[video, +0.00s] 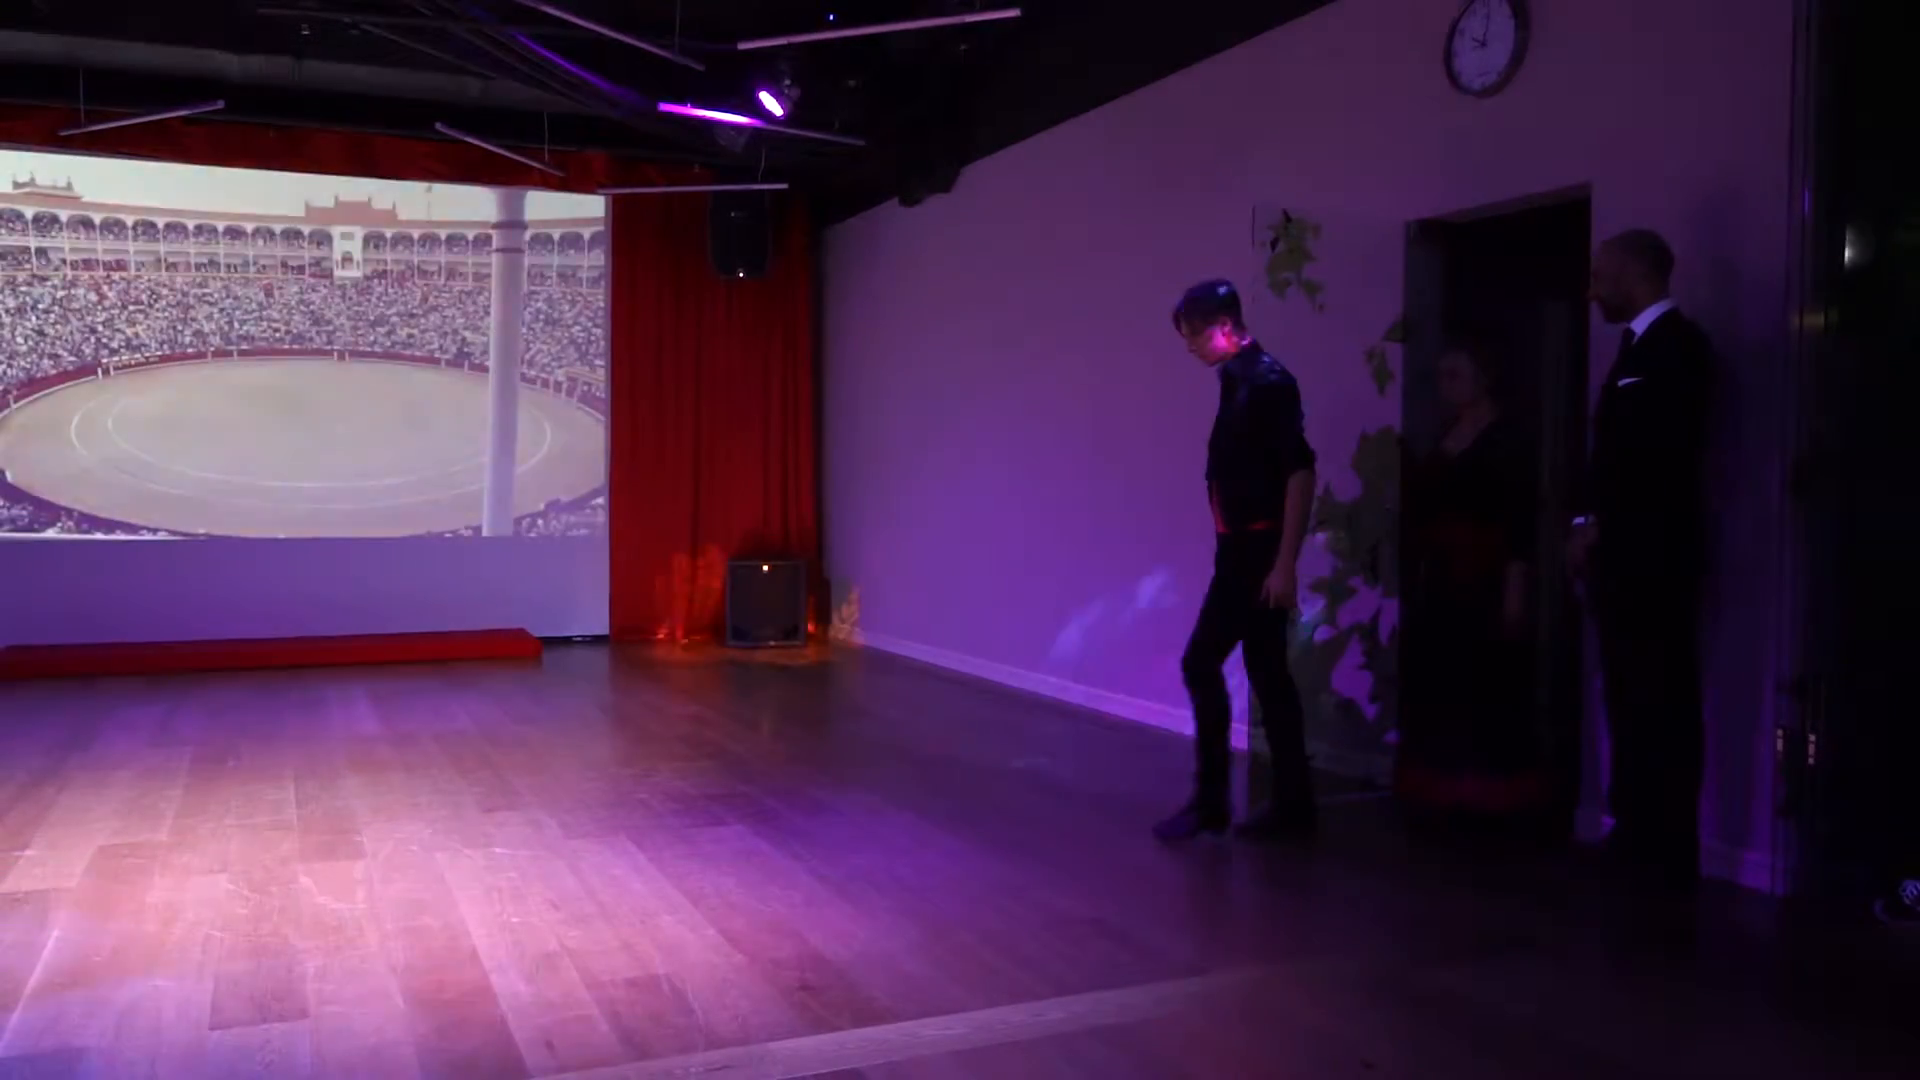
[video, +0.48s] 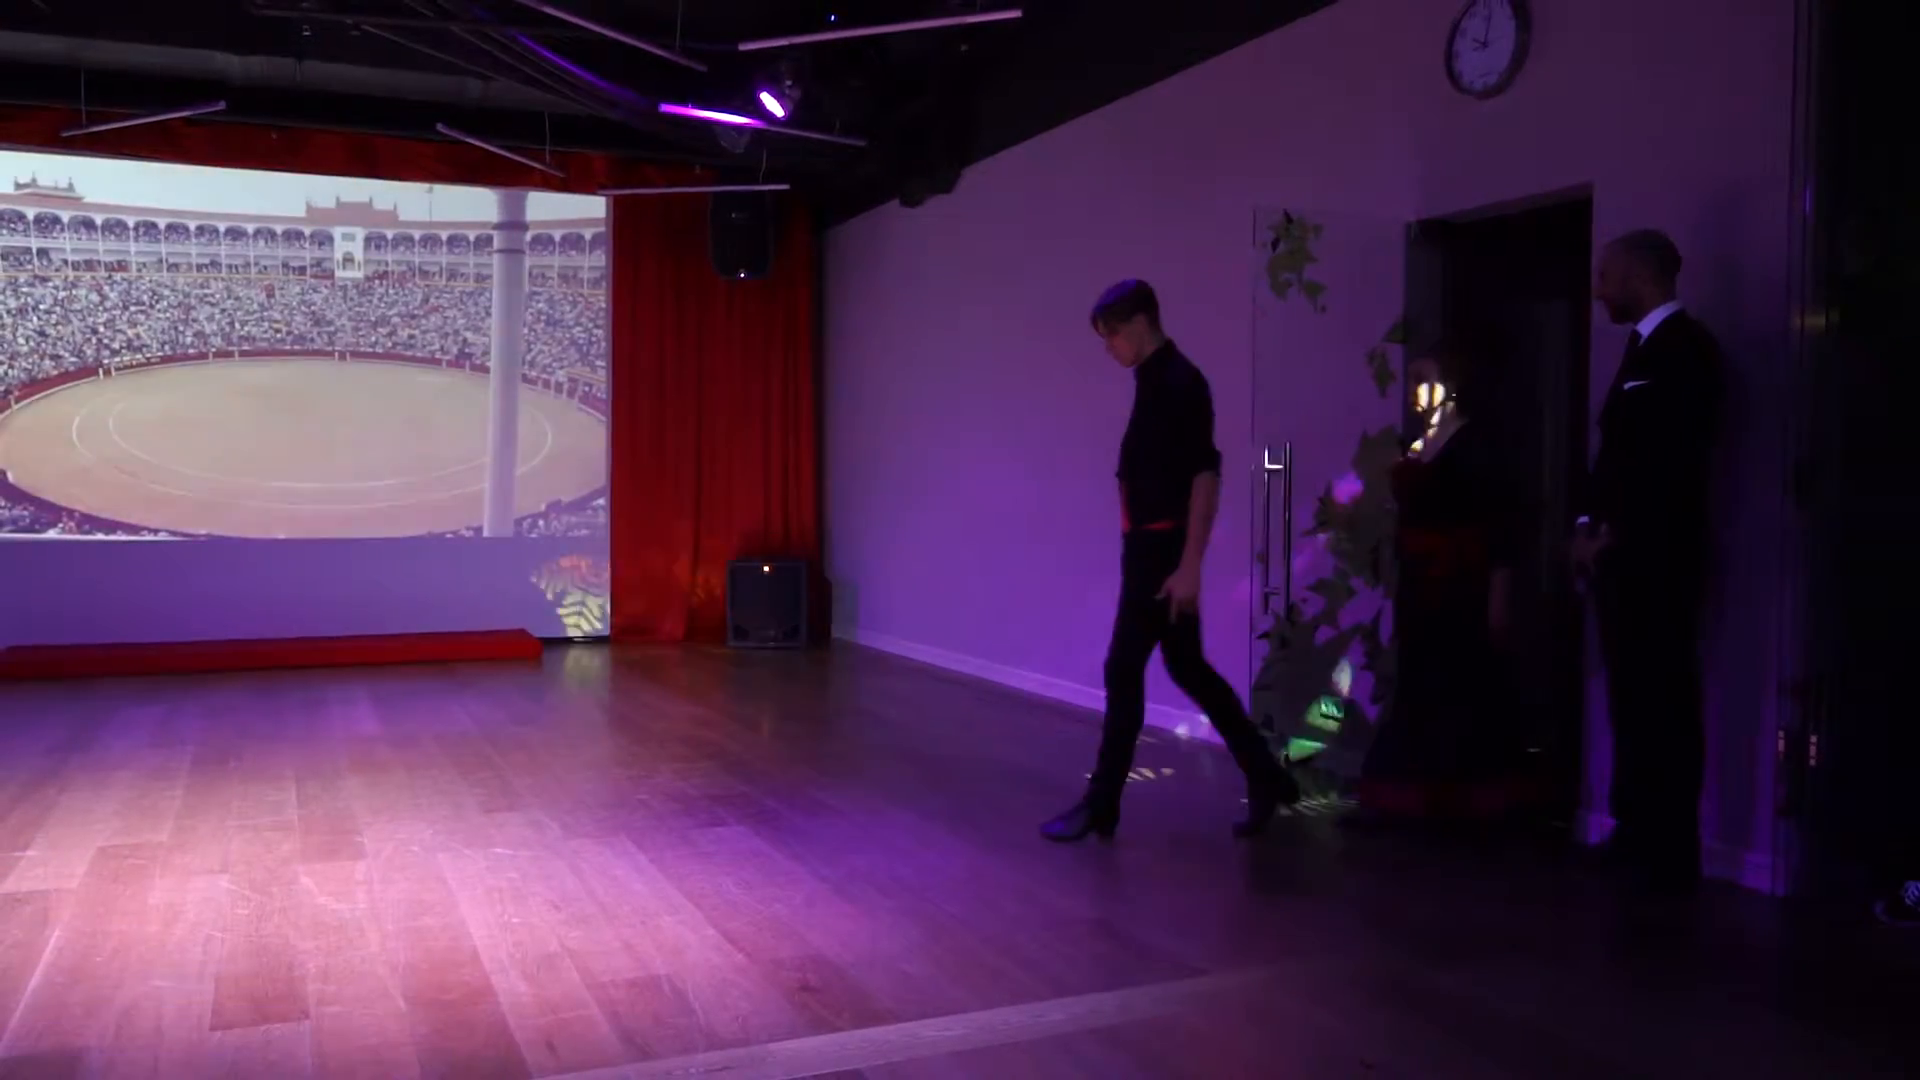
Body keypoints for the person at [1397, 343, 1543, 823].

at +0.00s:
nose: (1447, 385)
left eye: (1456, 376)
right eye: (1443, 376)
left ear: (1482, 379)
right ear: (1440, 380)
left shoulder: (1505, 437)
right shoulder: (1441, 438)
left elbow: (1515, 516)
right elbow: (1424, 512)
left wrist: (1513, 586)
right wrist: (1414, 572)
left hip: (1487, 587)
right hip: (1438, 584)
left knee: (1485, 694)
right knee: (1439, 691)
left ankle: (1488, 798)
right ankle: (1437, 795)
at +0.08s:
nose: (1445, 386)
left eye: (1455, 376)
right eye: (1442, 376)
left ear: (1479, 380)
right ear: (1441, 381)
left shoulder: (1504, 439)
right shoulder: (1443, 439)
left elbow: (1513, 517)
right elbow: (1424, 513)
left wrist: (1511, 586)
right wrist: (1414, 575)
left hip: (1486, 584)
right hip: (1439, 581)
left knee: (1483, 688)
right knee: (1438, 684)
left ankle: (1486, 792)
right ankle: (1437, 790)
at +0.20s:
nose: (1440, 387)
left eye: (1451, 377)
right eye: (1439, 377)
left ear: (1476, 382)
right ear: (1438, 383)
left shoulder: (1500, 440)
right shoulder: (1438, 441)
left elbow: (1511, 519)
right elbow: (1421, 514)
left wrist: (1510, 588)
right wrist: (1412, 575)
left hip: (1483, 586)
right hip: (1435, 584)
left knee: (1481, 689)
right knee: (1434, 686)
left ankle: (1483, 793)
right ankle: (1433, 791)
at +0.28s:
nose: (1434, 389)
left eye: (1444, 379)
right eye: (1432, 379)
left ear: (1469, 383)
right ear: (1433, 384)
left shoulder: (1496, 440)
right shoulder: (1434, 442)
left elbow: (1510, 517)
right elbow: (1418, 514)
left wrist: (1510, 586)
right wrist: (1410, 575)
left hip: (1482, 587)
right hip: (1433, 585)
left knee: (1480, 690)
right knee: (1432, 687)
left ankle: (1484, 793)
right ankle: (1433, 792)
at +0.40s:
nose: (1427, 391)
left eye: (1436, 381)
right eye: (1425, 381)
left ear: (1460, 385)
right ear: (1426, 388)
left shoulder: (1486, 444)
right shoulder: (1423, 446)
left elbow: (1499, 518)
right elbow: (1414, 519)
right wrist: (1410, 581)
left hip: (1473, 590)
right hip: (1426, 589)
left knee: (1472, 693)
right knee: (1426, 690)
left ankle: (1477, 793)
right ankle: (1425, 791)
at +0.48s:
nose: (1418, 397)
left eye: (1427, 385)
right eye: (1414, 386)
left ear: (1452, 391)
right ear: (1410, 392)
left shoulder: (1474, 444)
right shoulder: (1416, 445)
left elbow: (1485, 519)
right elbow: (1405, 513)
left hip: (1461, 585)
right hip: (1418, 584)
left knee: (1457, 690)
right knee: (1419, 690)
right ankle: (1415, 788)